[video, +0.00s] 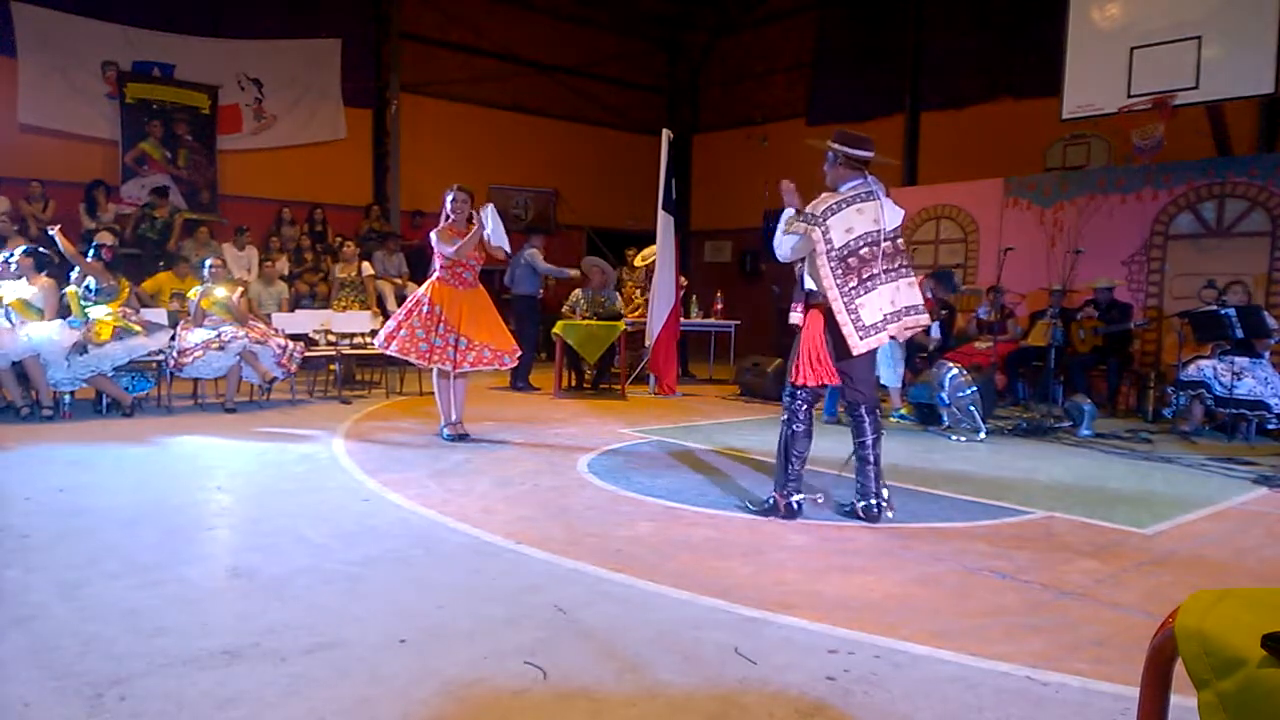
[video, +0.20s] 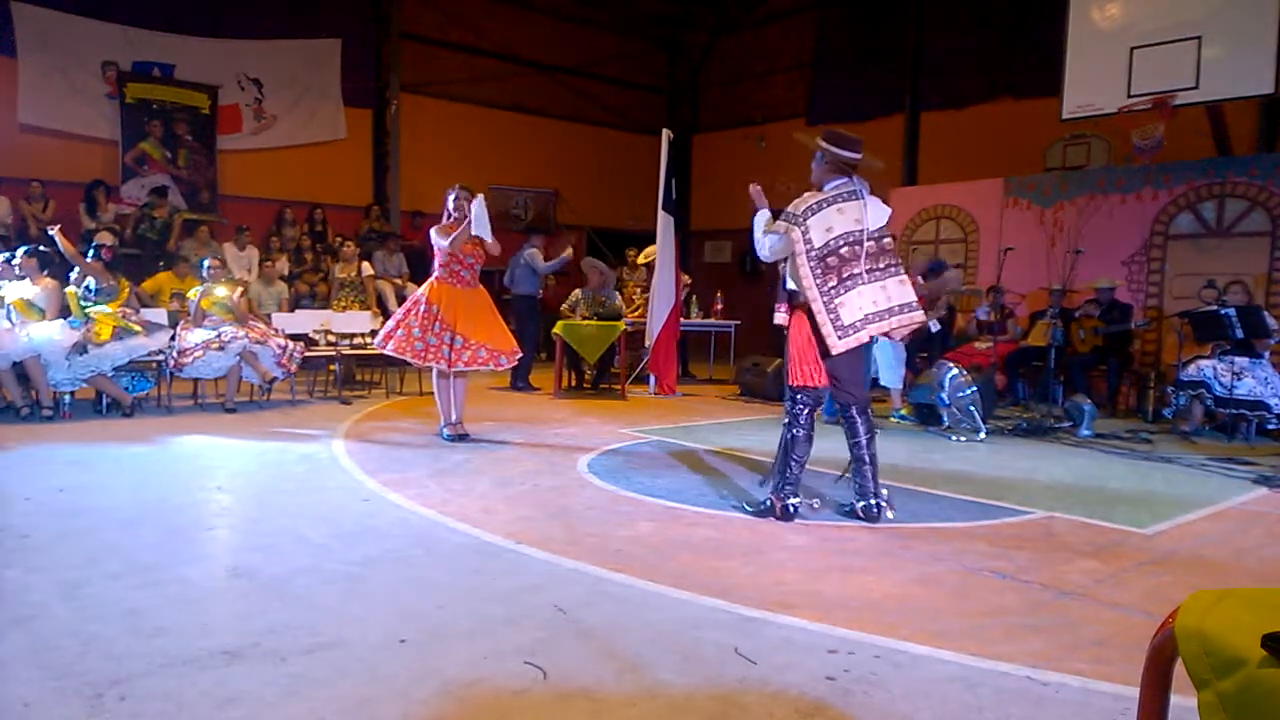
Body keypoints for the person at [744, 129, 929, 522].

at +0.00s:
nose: (823, 167)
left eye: (827, 161)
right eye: (826, 161)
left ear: (839, 165)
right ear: (861, 167)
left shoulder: (825, 208)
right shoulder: (885, 209)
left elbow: (785, 248)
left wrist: (790, 208)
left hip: (821, 317)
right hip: (864, 319)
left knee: (799, 400)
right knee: (863, 404)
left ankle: (787, 494)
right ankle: (871, 498)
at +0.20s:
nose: (812, 165)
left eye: (816, 160)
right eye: (815, 158)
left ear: (827, 165)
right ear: (851, 167)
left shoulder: (807, 207)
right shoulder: (872, 208)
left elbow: (767, 248)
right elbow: (880, 269)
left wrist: (760, 210)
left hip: (810, 318)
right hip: (855, 318)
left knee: (802, 406)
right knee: (856, 406)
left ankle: (785, 495)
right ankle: (870, 499)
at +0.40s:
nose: (794, 165)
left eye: (799, 160)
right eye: (798, 159)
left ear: (808, 165)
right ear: (833, 168)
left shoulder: (789, 210)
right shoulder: (858, 209)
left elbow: (745, 244)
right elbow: (866, 268)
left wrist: (756, 212)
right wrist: (873, 319)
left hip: (792, 320)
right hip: (837, 319)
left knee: (789, 404)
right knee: (833, 405)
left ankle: (783, 497)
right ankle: (865, 490)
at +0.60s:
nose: (780, 166)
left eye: (784, 161)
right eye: (784, 161)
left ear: (791, 167)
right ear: (820, 171)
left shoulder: (768, 210)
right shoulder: (841, 211)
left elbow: (731, 241)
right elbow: (844, 268)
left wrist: (733, 211)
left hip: (779, 321)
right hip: (822, 318)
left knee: (782, 406)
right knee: (817, 393)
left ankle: (782, 495)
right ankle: (834, 475)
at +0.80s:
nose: (770, 167)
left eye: (774, 163)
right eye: (775, 162)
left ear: (781, 169)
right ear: (811, 171)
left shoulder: (761, 210)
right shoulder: (832, 211)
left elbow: (723, 239)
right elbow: (839, 270)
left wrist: (737, 202)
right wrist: (842, 318)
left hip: (772, 320)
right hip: (815, 317)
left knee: (779, 405)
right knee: (801, 404)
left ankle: (783, 495)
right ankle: (791, 489)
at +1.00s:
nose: (765, 165)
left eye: (769, 161)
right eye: (770, 160)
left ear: (776, 167)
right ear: (806, 169)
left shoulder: (756, 209)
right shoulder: (826, 209)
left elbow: (721, 237)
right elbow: (837, 269)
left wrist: (741, 198)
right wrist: (835, 320)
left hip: (768, 320)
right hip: (809, 316)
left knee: (775, 404)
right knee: (798, 400)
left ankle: (782, 496)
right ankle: (793, 486)